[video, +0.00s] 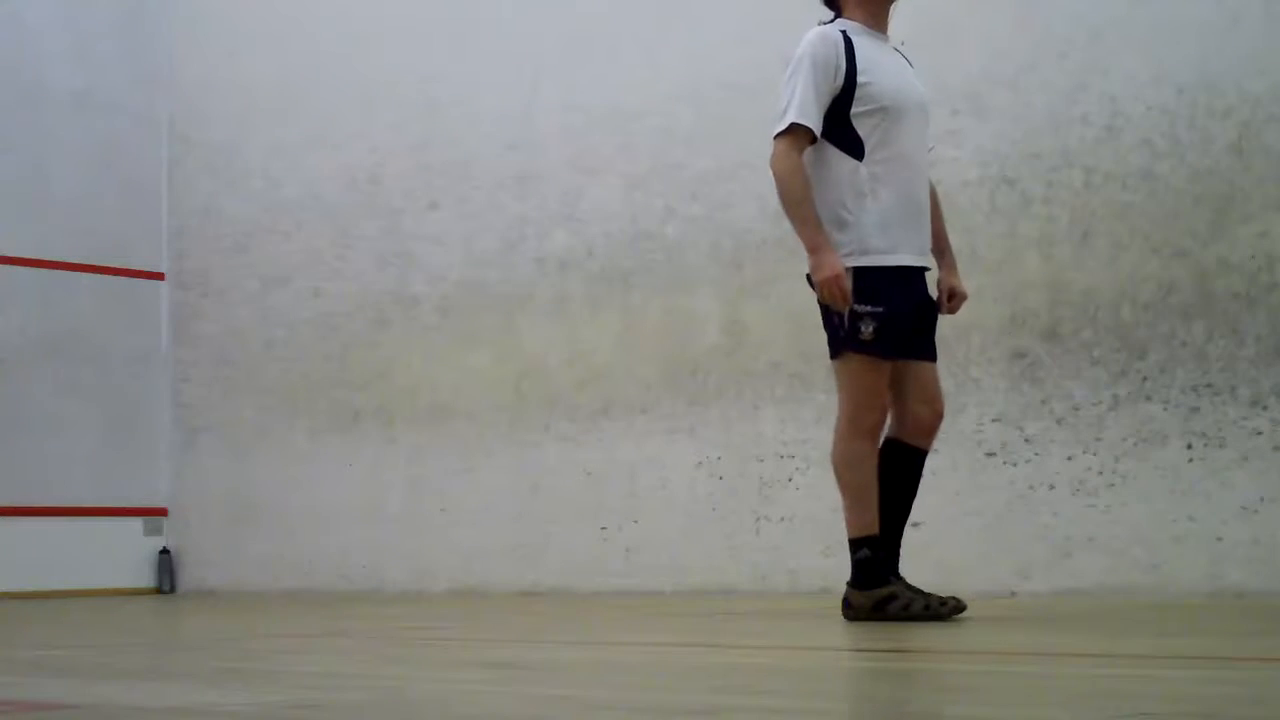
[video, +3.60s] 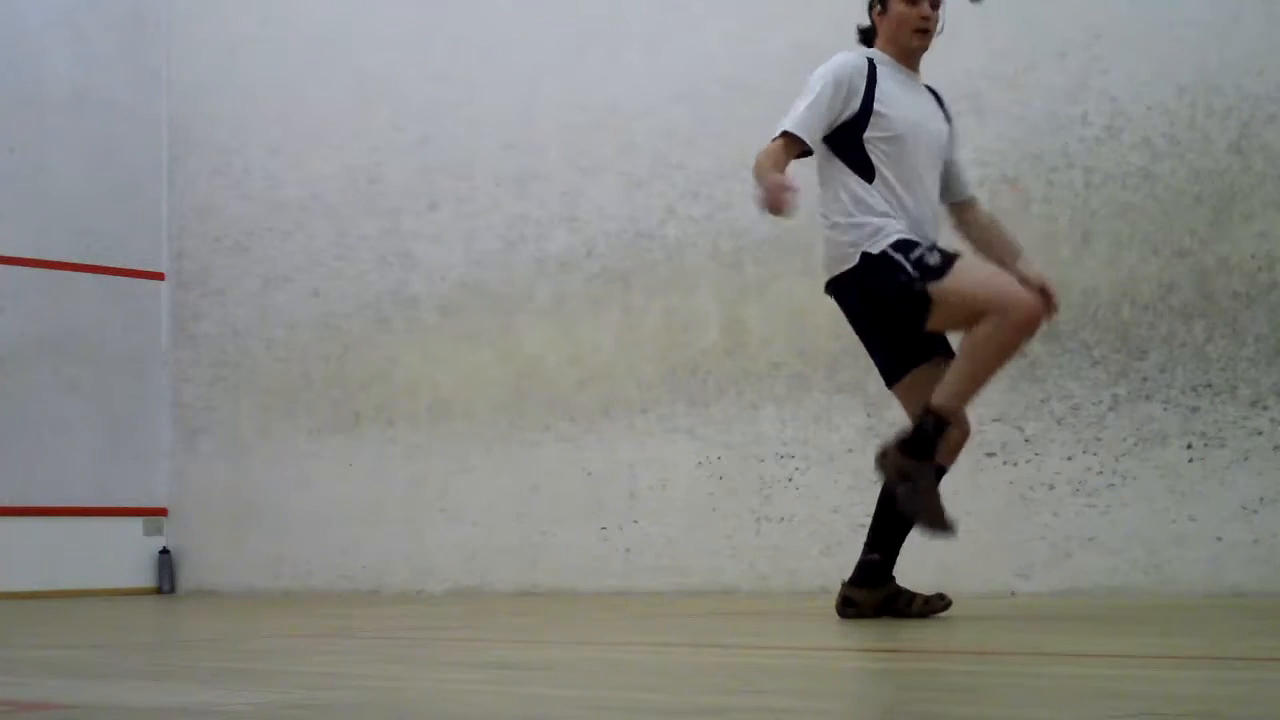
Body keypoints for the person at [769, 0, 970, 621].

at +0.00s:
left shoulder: (899, 59)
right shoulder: (826, 44)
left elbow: (915, 173)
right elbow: (785, 155)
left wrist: (945, 262)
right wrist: (820, 252)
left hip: (908, 268)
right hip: (858, 266)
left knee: (922, 413)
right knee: (862, 416)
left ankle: (881, 575)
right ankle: (867, 582)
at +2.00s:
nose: (953, 8)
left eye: (952, 0)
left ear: (910, 3)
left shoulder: (904, 67)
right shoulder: (863, 48)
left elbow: (903, 183)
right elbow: (816, 149)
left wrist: (972, 219)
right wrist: (856, 243)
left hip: (881, 268)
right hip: (844, 267)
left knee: (894, 410)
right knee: (869, 412)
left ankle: (882, 576)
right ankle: (875, 582)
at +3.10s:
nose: (932, 12)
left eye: (932, 3)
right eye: (923, 1)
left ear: (886, 7)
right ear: (882, 2)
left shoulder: (883, 73)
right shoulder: (845, 58)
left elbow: (896, 191)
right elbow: (802, 159)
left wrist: (975, 203)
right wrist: (859, 234)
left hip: (880, 269)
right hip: (868, 269)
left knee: (908, 418)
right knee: (942, 401)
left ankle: (869, 577)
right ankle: (894, 568)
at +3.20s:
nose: (927, 26)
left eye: (928, 15)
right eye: (917, 13)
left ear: (888, 18)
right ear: (875, 12)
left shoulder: (878, 89)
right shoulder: (842, 75)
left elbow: (891, 207)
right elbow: (792, 176)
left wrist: (963, 233)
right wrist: (846, 246)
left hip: (881, 274)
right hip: (879, 270)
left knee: (928, 432)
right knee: (1012, 343)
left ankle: (869, 582)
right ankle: (939, 484)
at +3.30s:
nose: (928, 38)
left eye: (930, 26)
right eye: (919, 24)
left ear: (896, 28)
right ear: (877, 22)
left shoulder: (882, 96)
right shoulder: (843, 85)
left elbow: (878, 197)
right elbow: (790, 183)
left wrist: (932, 237)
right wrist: (848, 259)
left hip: (881, 277)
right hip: (880, 267)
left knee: (937, 430)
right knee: (1031, 257)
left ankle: (869, 582)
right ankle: (969, 405)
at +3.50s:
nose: (931, 21)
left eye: (934, 11)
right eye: (918, 9)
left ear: (931, 20)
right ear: (878, 12)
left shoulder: (907, 92)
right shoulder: (848, 72)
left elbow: (917, 205)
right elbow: (785, 167)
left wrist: (993, 286)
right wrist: (835, 216)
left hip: (898, 268)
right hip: (874, 262)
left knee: (935, 431)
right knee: (1028, 233)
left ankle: (869, 581)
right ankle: (936, 377)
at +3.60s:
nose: (927, 13)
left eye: (934, 4)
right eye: (912, 2)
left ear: (940, 16)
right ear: (879, 12)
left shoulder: (935, 105)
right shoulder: (850, 69)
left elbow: (963, 206)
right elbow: (777, 152)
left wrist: (1020, 269)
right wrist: (771, 179)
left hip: (894, 263)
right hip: (872, 255)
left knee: (948, 431)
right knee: (1017, 304)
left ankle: (870, 581)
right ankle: (917, 446)